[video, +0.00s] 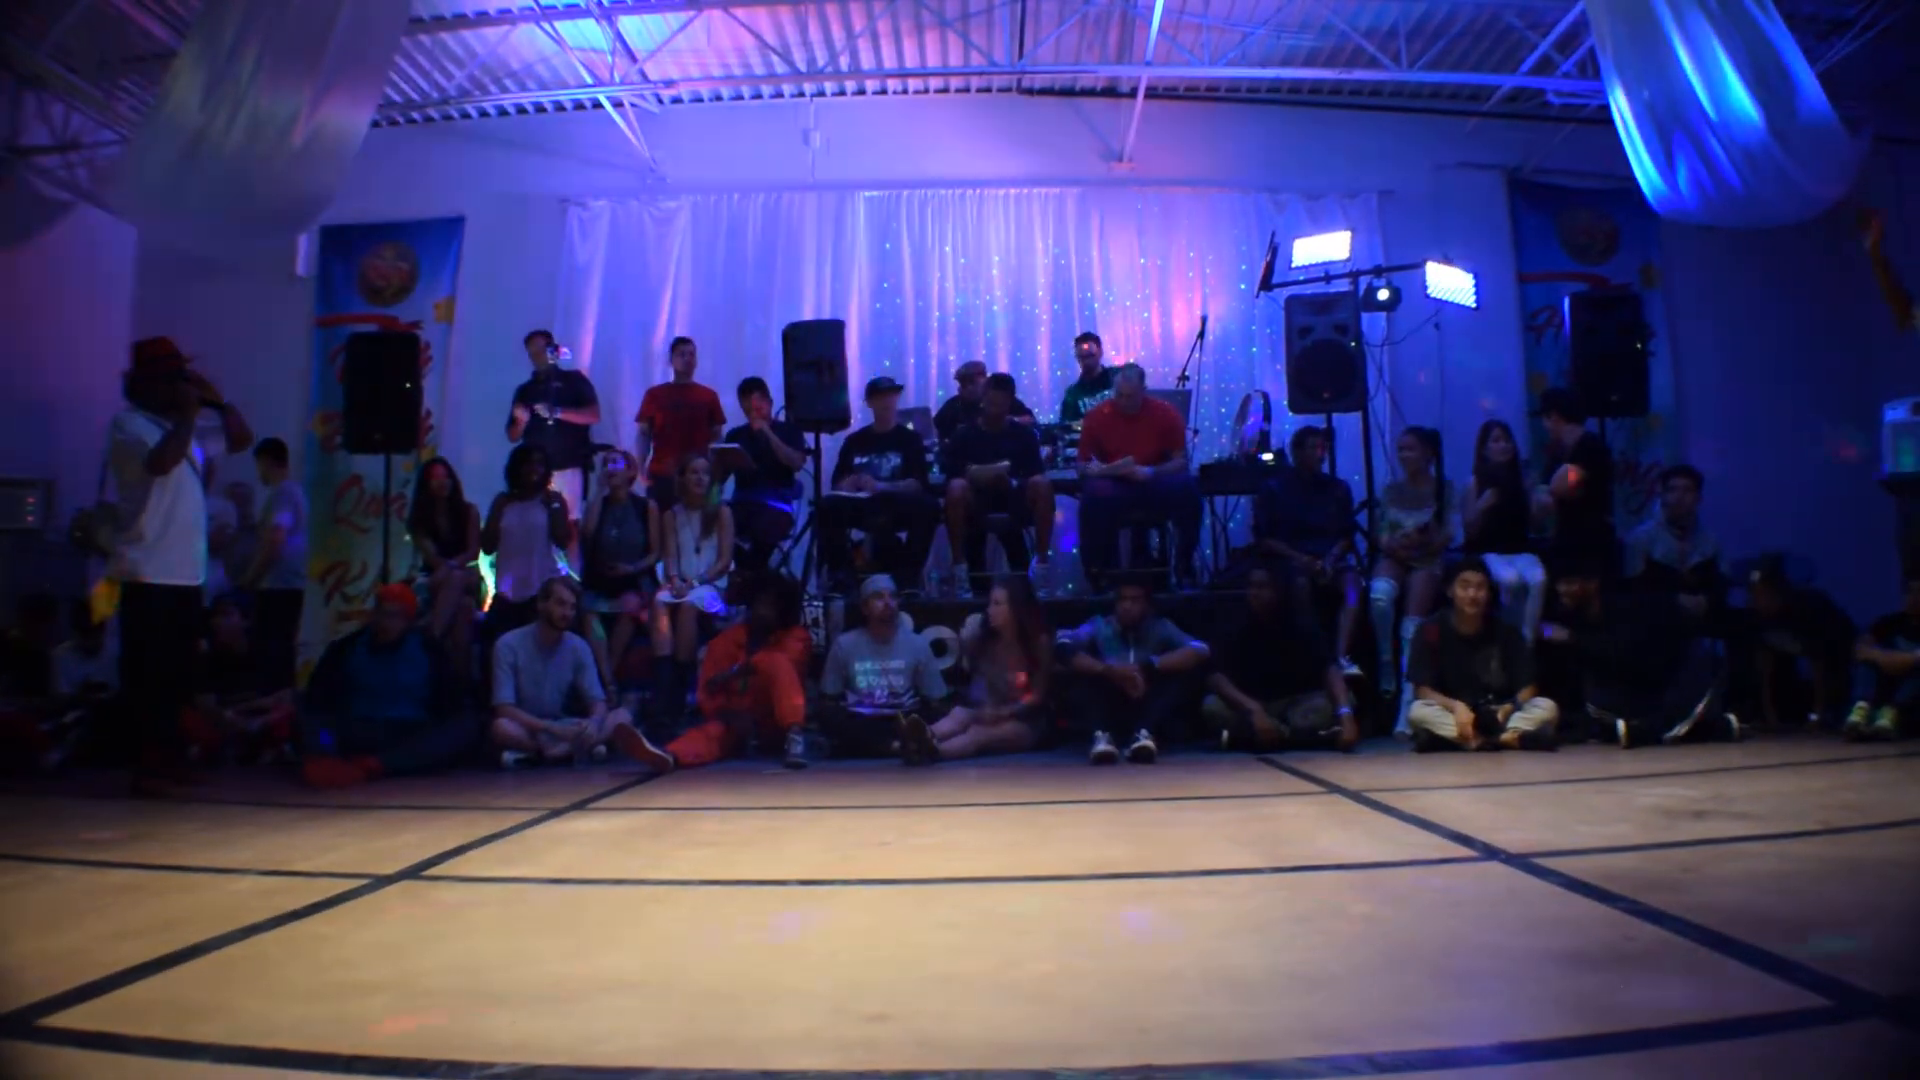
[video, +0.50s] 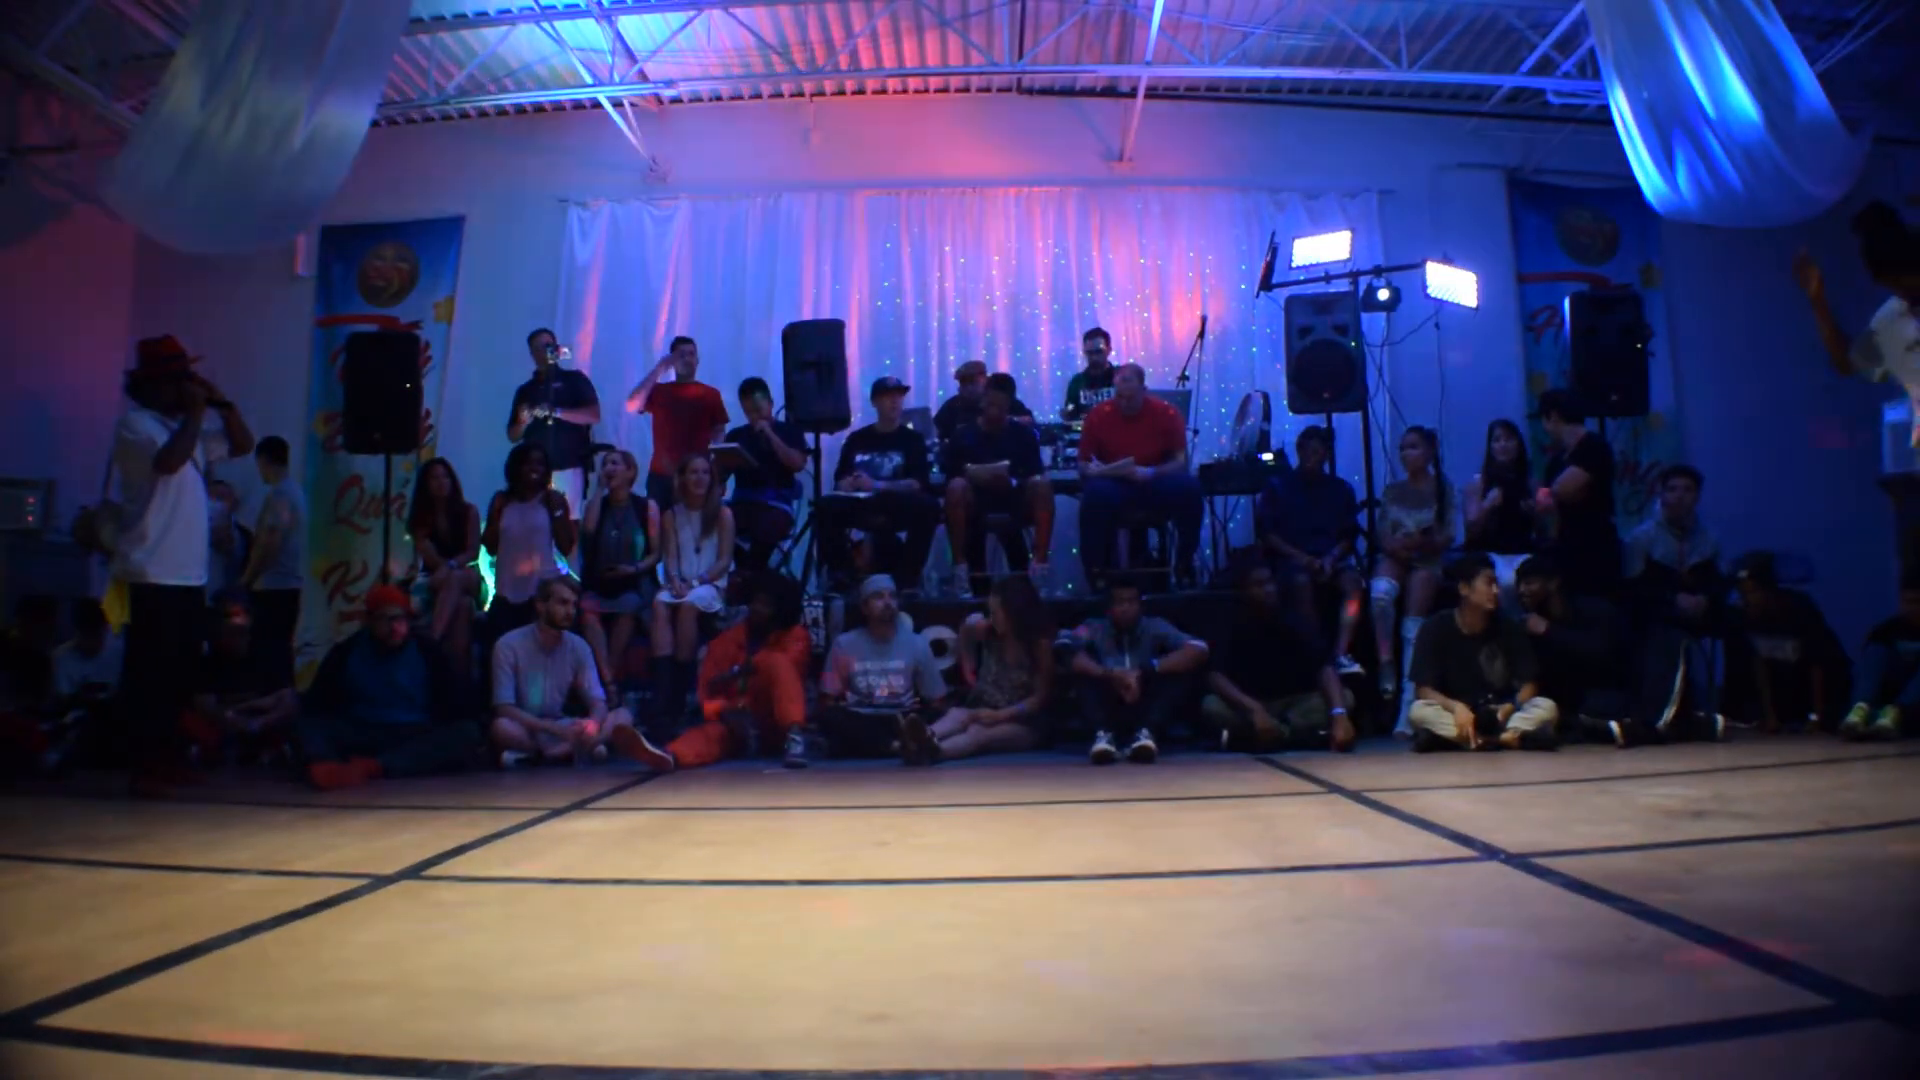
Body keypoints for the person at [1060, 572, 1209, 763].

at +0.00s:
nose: (1128, 607)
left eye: (1135, 601)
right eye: (1123, 601)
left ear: (1146, 604)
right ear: (1115, 604)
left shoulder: (1159, 628)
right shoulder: (1101, 628)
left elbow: (1200, 650)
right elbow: (1064, 647)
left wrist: (1150, 667)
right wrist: (1111, 671)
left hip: (1149, 701)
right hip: (1108, 701)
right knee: (1092, 677)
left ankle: (1144, 734)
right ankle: (1101, 736)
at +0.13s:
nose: (1127, 608)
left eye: (1133, 602)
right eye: (1122, 601)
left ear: (1144, 605)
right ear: (1115, 604)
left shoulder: (1159, 629)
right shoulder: (1100, 628)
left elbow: (1201, 652)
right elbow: (1066, 650)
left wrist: (1152, 667)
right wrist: (1114, 673)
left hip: (1151, 699)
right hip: (1109, 700)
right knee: (1097, 678)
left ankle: (1147, 734)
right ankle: (1103, 736)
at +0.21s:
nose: (1125, 607)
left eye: (1131, 601)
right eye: (1120, 601)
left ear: (1141, 606)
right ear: (1113, 605)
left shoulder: (1157, 629)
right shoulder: (1099, 628)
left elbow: (1201, 652)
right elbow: (1065, 648)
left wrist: (1151, 668)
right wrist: (1112, 672)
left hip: (1149, 699)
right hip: (1109, 700)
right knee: (1093, 676)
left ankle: (1146, 734)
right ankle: (1102, 736)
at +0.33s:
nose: (1121, 608)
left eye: (1128, 602)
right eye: (1117, 601)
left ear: (1140, 606)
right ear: (1110, 605)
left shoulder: (1156, 629)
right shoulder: (1096, 629)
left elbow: (1200, 651)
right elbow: (1065, 650)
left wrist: (1148, 669)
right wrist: (1112, 673)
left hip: (1148, 702)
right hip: (1108, 703)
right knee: (1093, 677)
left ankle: (1145, 734)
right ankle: (1103, 735)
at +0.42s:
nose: (1122, 609)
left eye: (1129, 602)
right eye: (1117, 602)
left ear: (1139, 606)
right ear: (1110, 605)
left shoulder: (1154, 629)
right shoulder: (1095, 629)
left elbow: (1200, 651)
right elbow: (1063, 648)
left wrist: (1148, 669)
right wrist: (1110, 673)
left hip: (1147, 702)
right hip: (1108, 703)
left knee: (1175, 674)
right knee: (1086, 675)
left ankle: (1145, 734)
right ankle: (1102, 736)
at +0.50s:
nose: (1126, 608)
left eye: (1131, 602)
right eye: (1120, 603)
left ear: (1140, 605)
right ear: (1110, 607)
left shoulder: (1153, 628)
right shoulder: (1097, 629)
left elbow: (1198, 650)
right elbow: (1065, 647)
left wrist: (1145, 671)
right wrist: (1110, 676)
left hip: (1146, 702)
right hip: (1107, 703)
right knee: (1090, 677)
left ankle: (1145, 734)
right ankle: (1102, 735)